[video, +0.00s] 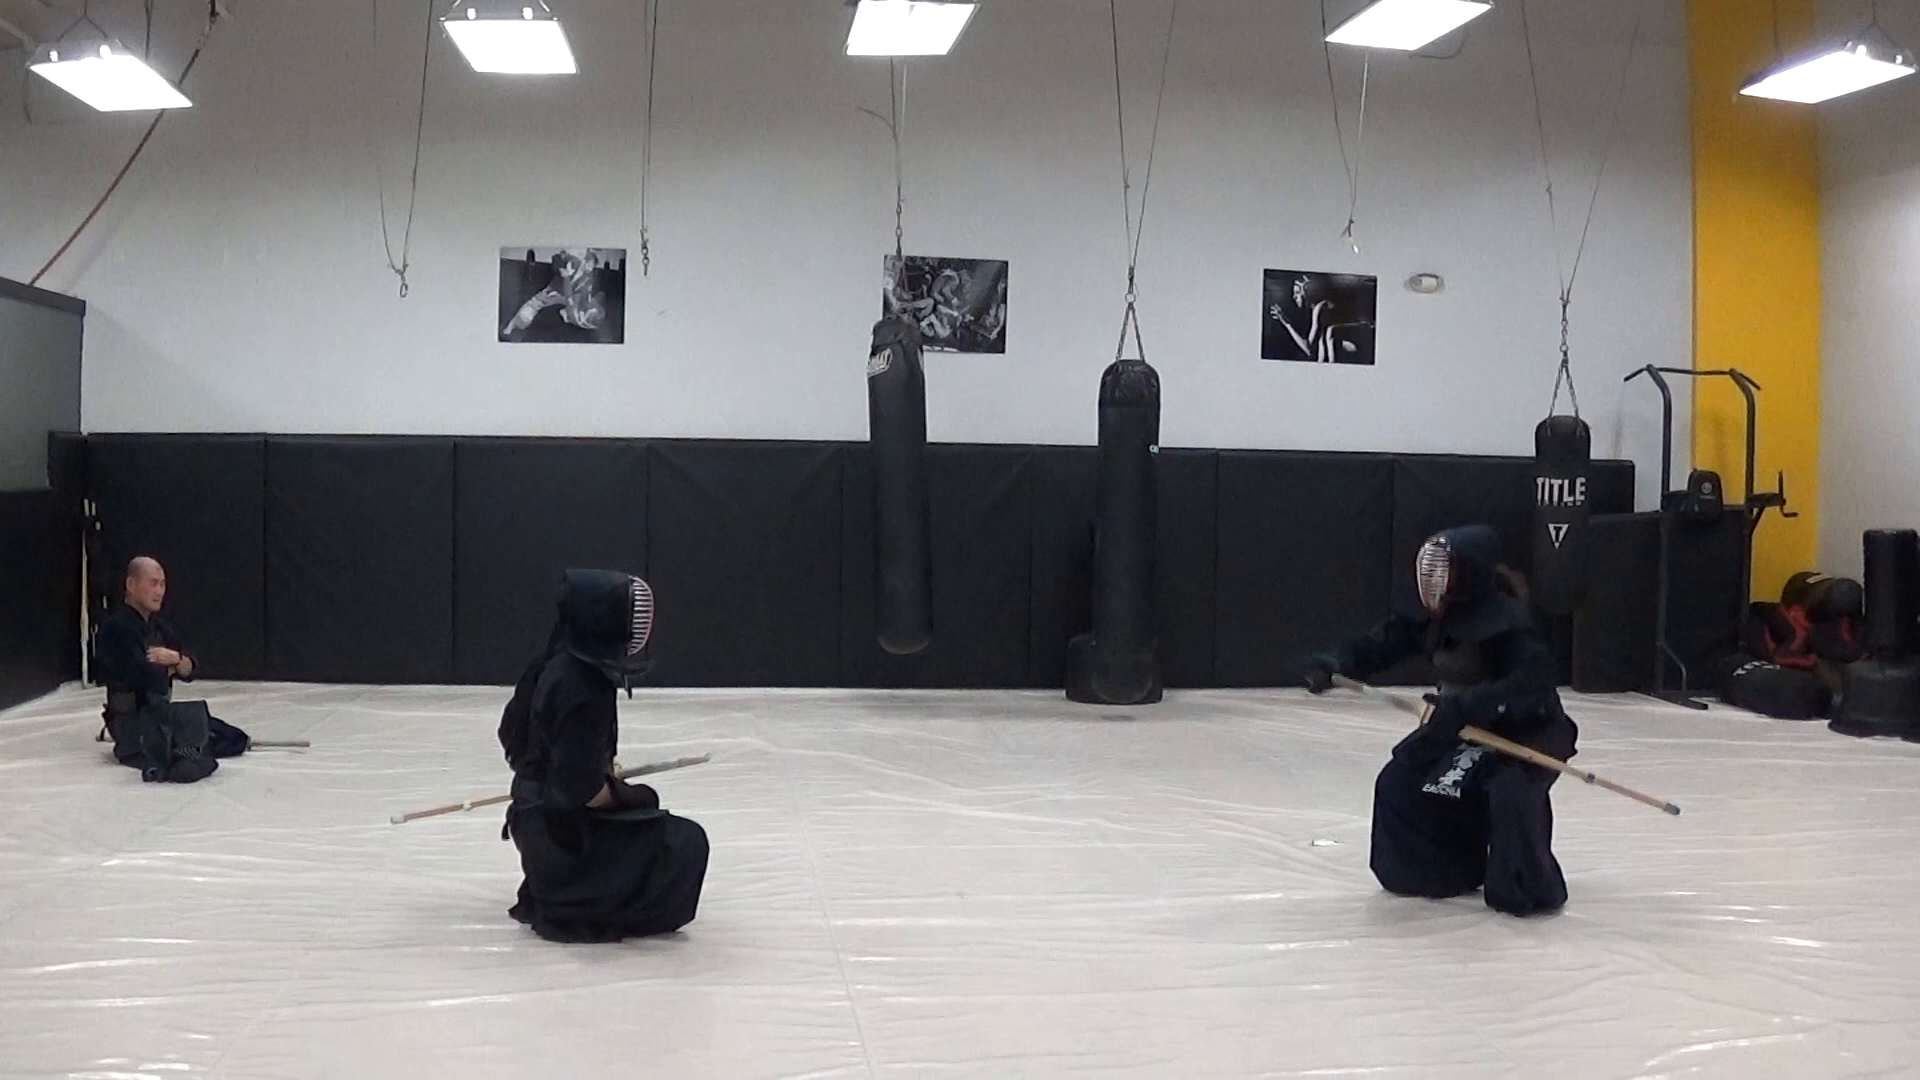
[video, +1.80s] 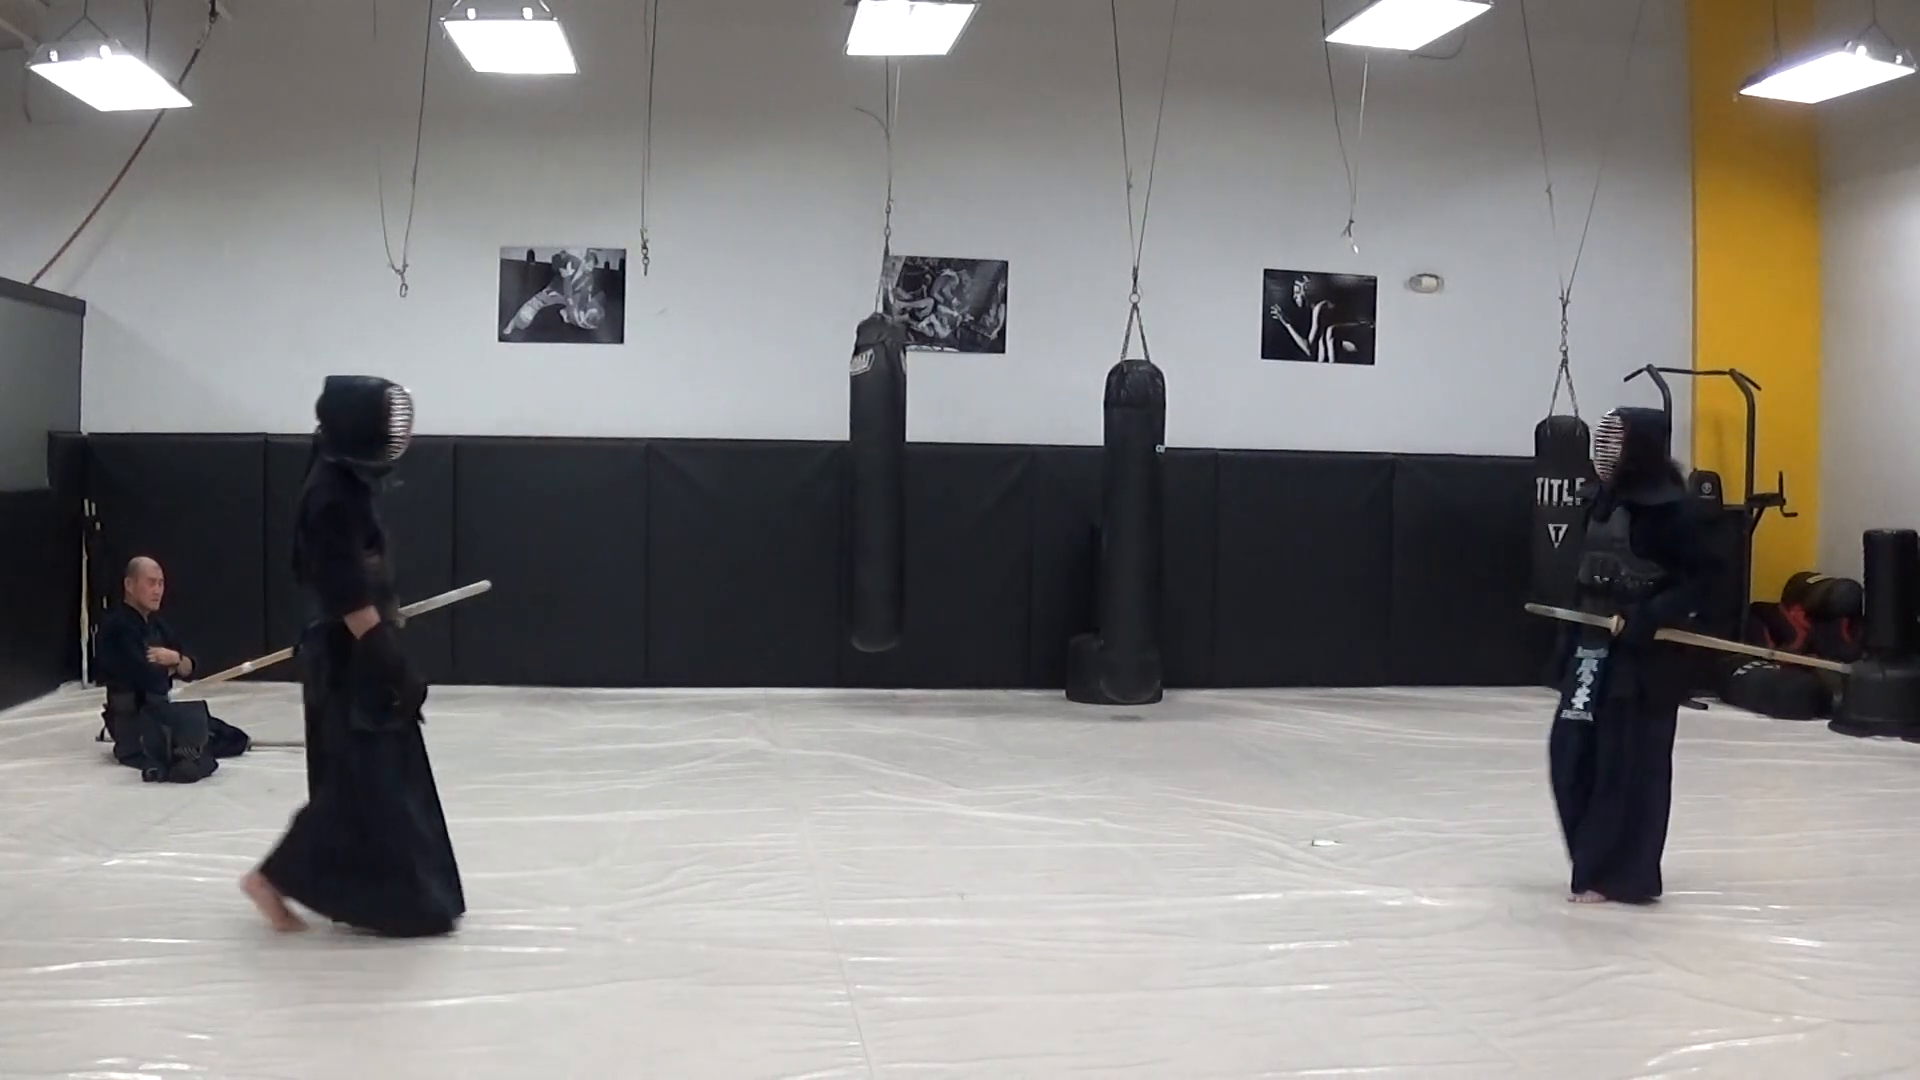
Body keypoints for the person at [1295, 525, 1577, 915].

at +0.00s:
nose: (1431, 587)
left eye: (1441, 576)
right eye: (1427, 575)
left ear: (1468, 578)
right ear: (1420, 573)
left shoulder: (1507, 619)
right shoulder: (1429, 621)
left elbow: (1534, 683)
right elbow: (1382, 647)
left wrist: (1463, 708)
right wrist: (1330, 661)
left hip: (1531, 730)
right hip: (1463, 727)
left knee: (1510, 789)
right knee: (1398, 783)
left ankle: (1527, 895)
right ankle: (1441, 875)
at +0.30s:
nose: (1436, 519)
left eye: (1447, 508)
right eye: (1433, 507)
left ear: (1473, 511)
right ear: (1428, 507)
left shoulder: (1514, 563)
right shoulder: (1434, 562)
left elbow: (1557, 622)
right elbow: (1381, 600)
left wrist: (1493, 656)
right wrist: (1325, 631)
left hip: (1521, 695)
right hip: (1460, 692)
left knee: (1505, 779)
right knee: (1416, 772)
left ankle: (1522, 886)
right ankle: (1442, 875)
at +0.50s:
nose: (1443, 465)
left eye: (1453, 455)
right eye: (1441, 454)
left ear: (1483, 459)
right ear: (1439, 457)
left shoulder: (1522, 516)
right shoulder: (1448, 516)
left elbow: (1572, 575)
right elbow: (1427, 587)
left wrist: (1506, 614)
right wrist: (1393, 640)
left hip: (1523, 666)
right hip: (1465, 663)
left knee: (1514, 778)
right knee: (1440, 768)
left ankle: (1521, 888)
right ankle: (1457, 875)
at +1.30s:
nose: (1508, 452)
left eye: (1520, 443)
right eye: (1507, 441)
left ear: (1548, 449)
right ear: (1504, 443)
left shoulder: (1579, 507)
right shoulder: (1508, 505)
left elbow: (1617, 576)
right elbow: (1491, 578)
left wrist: (1556, 609)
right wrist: (1471, 640)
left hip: (1554, 655)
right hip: (1500, 651)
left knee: (1546, 763)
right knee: (1477, 759)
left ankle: (1590, 863)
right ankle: (1477, 870)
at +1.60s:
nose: (1569, 456)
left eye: (1579, 446)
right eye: (1566, 445)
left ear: (1605, 450)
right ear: (1563, 448)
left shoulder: (1639, 509)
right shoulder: (1566, 505)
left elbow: (1674, 579)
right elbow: (1563, 576)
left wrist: (1616, 612)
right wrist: (1549, 631)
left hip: (1618, 656)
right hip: (1561, 648)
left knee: (1608, 763)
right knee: (1530, 752)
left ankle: (1606, 876)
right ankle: (1508, 864)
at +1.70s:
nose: (1583, 453)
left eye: (1593, 444)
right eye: (1583, 443)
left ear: (1620, 449)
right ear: (1587, 444)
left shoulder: (1655, 509)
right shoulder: (1586, 502)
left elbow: (1684, 582)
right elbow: (1575, 575)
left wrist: (1632, 611)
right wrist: (1559, 639)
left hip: (1630, 654)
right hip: (1576, 648)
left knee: (1616, 758)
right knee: (1551, 744)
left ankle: (1610, 874)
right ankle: (1554, 862)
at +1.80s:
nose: (1602, 452)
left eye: (1611, 443)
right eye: (1602, 442)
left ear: (1638, 449)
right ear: (1612, 444)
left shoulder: (1674, 510)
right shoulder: (1602, 504)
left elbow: (1702, 581)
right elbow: (1587, 578)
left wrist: (1647, 614)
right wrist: (1568, 646)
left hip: (1644, 654)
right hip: (1593, 648)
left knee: (1629, 757)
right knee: (1571, 747)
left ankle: (1626, 877)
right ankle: (1594, 868)